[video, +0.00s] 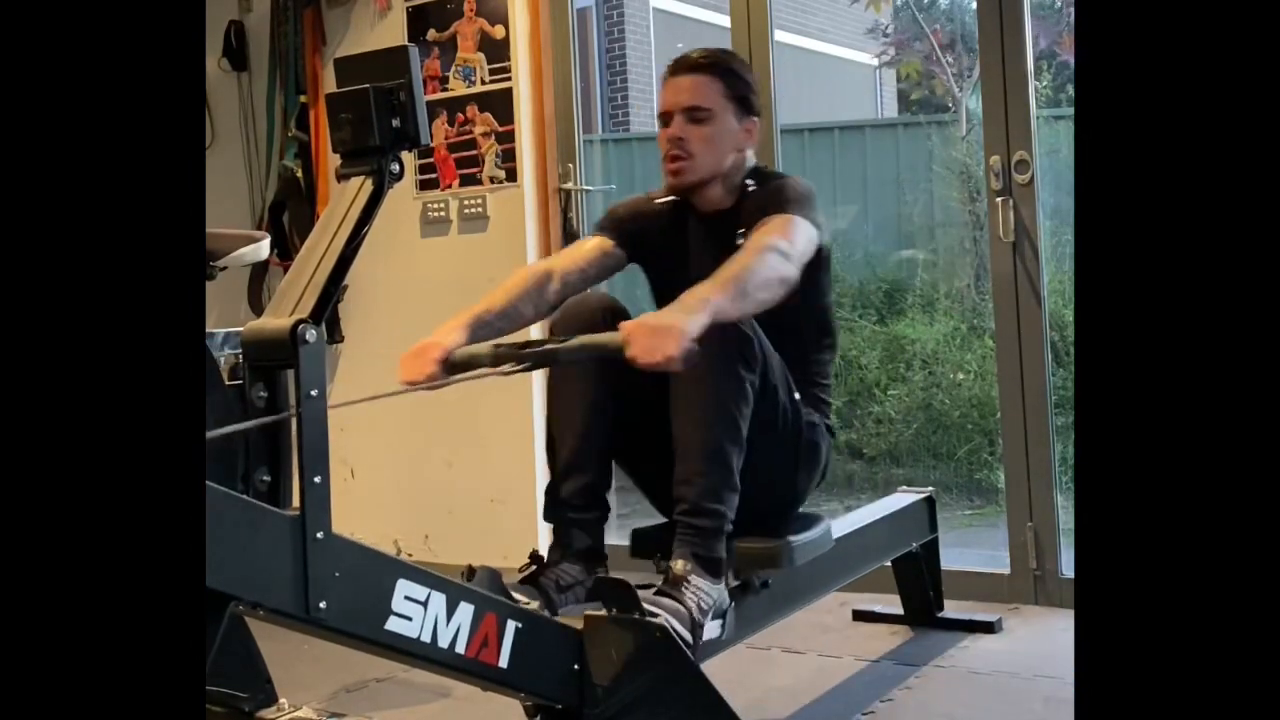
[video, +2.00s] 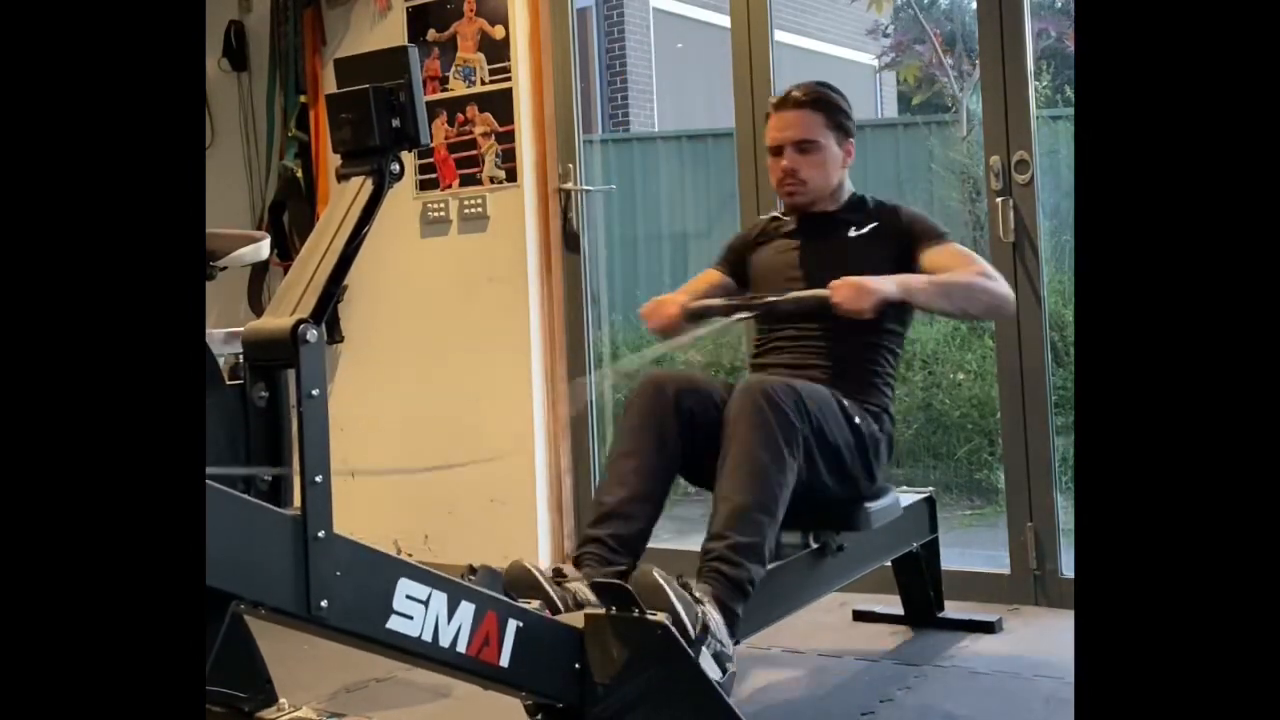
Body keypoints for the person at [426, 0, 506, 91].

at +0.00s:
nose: (471, 8)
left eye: (473, 5)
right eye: (468, 5)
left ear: (476, 8)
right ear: (463, 8)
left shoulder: (480, 22)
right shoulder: (458, 24)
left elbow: (493, 33)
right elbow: (445, 36)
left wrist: (498, 32)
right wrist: (435, 36)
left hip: (474, 60)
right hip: (460, 59)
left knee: (474, 88)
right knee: (458, 89)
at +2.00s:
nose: (471, 7)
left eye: (473, 4)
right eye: (468, 4)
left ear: (476, 7)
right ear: (463, 8)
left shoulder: (480, 22)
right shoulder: (457, 25)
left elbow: (493, 34)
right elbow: (445, 36)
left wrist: (498, 32)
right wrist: (435, 36)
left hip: (474, 60)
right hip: (460, 59)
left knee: (474, 89)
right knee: (458, 89)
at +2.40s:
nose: (471, 8)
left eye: (473, 5)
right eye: (468, 5)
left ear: (475, 8)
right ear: (463, 8)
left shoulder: (480, 22)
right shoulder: (457, 25)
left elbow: (493, 33)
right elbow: (445, 36)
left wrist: (498, 32)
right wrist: (435, 36)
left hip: (474, 60)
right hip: (460, 60)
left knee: (474, 89)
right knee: (458, 89)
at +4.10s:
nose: (471, 7)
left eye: (473, 5)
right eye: (468, 4)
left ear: (476, 8)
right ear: (463, 8)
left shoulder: (480, 22)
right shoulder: (457, 25)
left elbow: (493, 34)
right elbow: (445, 36)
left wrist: (498, 32)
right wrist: (435, 36)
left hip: (474, 60)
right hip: (460, 59)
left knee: (474, 89)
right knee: (459, 89)